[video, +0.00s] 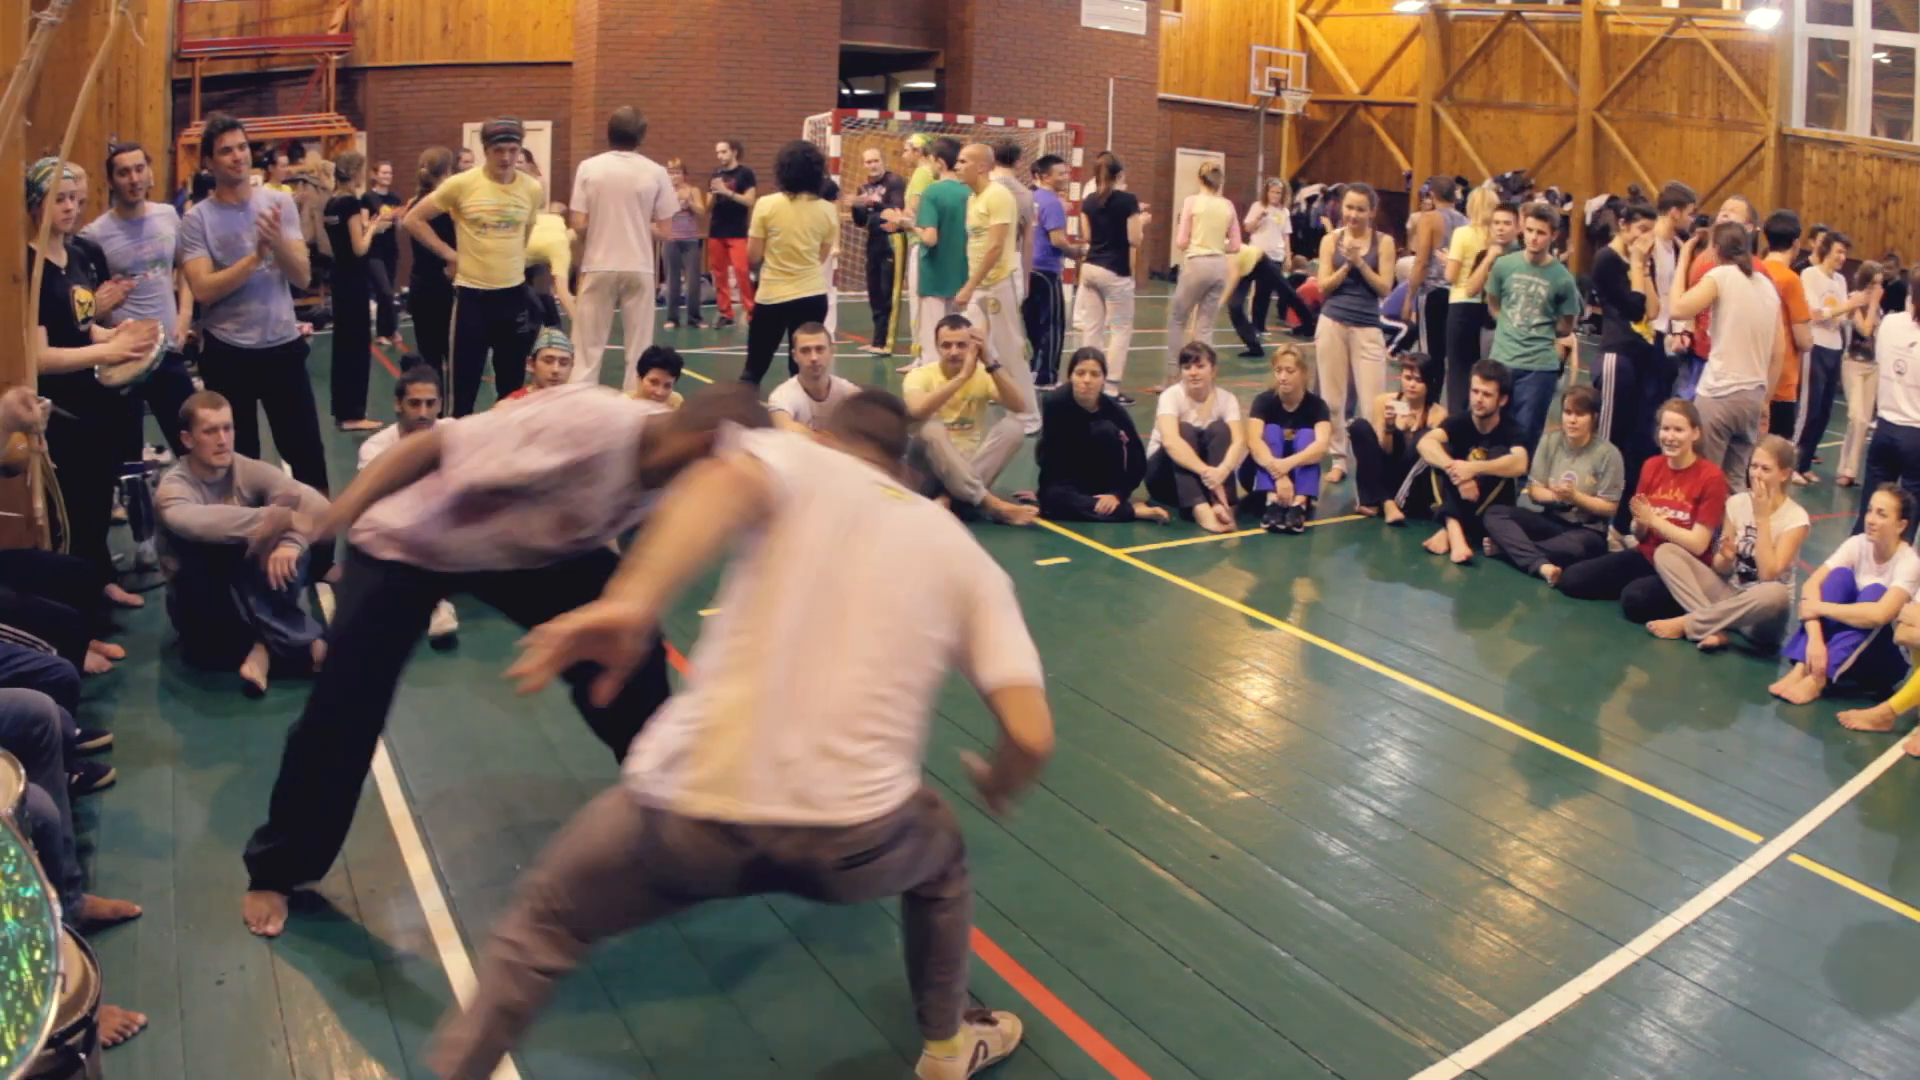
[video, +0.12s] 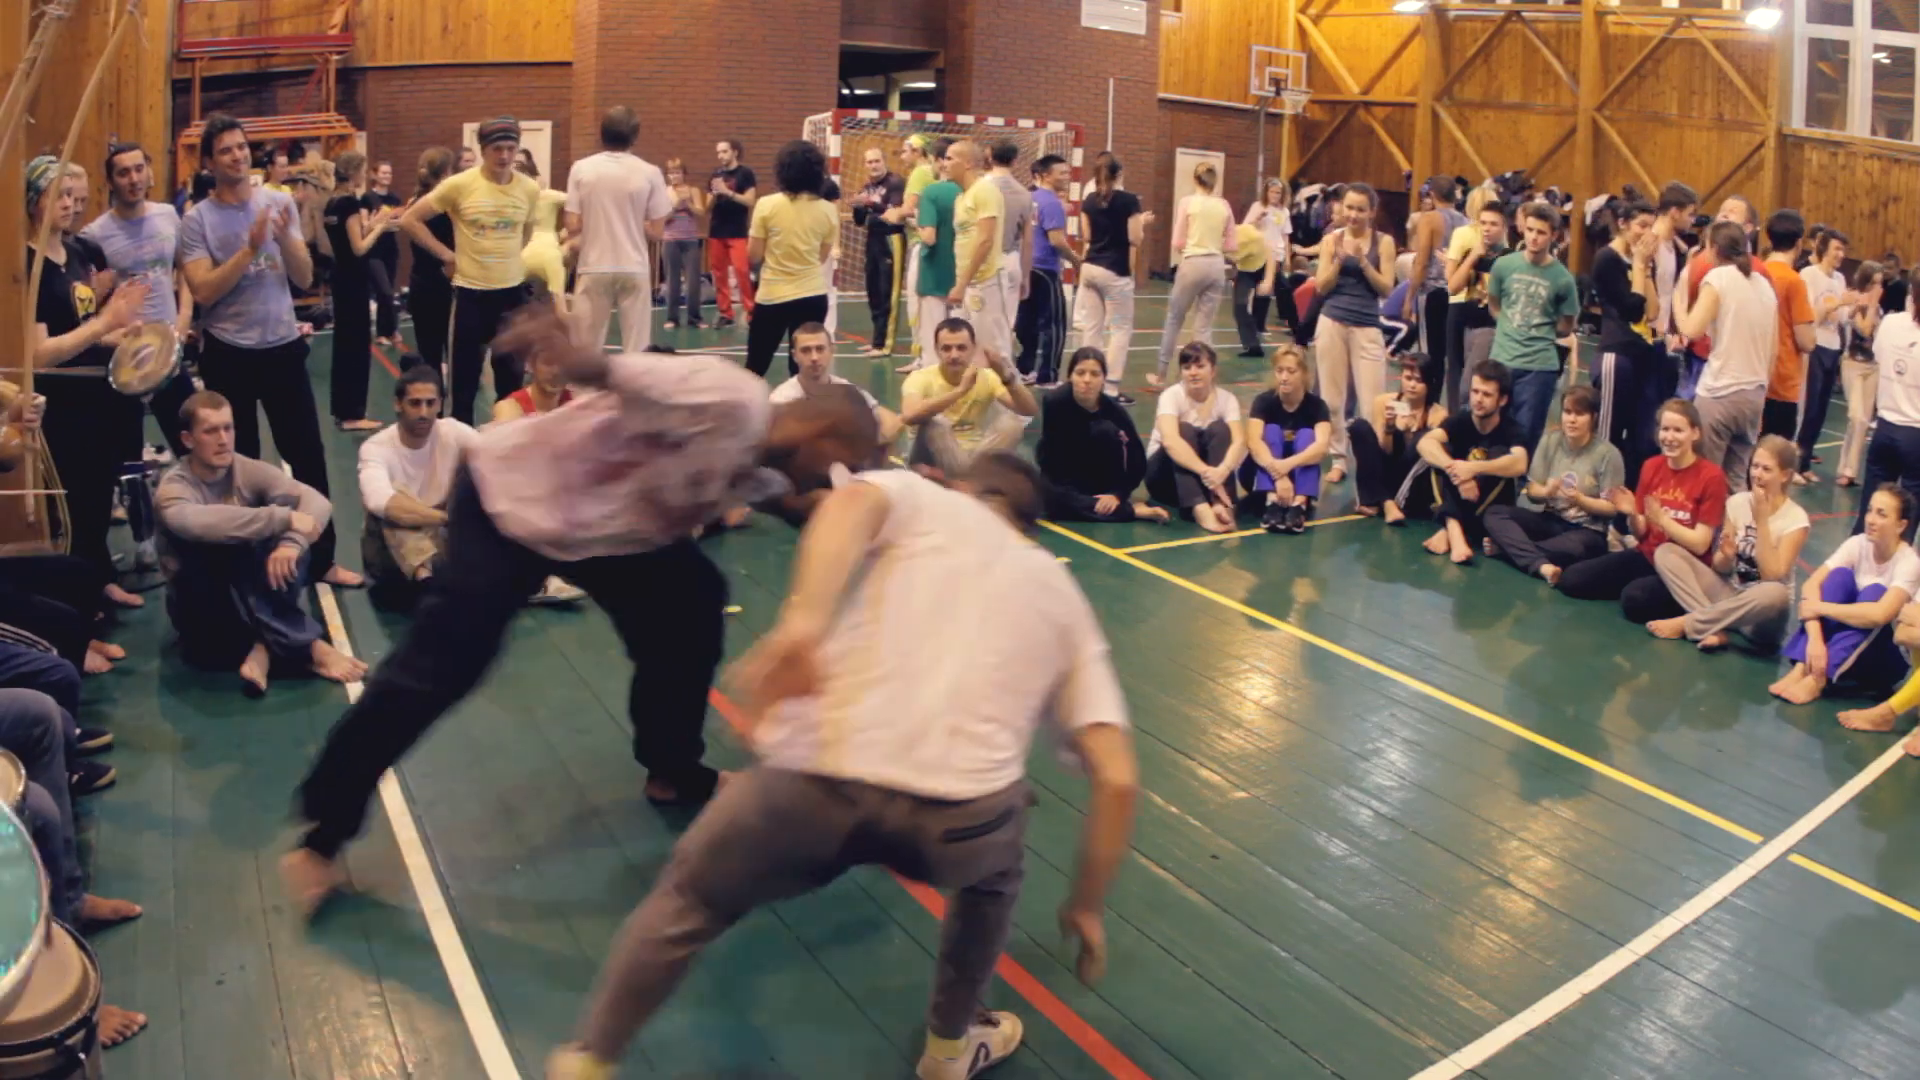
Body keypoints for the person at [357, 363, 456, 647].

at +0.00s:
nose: (423, 412)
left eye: (430, 404)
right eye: (414, 404)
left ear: (441, 404)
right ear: (399, 405)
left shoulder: (455, 436)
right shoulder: (375, 448)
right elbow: (372, 508)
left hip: (445, 533)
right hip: (393, 539)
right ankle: (438, 605)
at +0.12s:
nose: (423, 413)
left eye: (430, 404)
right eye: (415, 404)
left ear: (440, 405)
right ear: (398, 405)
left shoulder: (454, 432)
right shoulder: (376, 448)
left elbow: (493, 463)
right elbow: (379, 502)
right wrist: (447, 518)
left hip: (449, 545)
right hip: (391, 551)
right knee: (396, 501)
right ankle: (425, 578)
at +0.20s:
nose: (424, 413)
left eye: (431, 403)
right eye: (415, 404)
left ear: (440, 405)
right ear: (398, 405)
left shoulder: (451, 431)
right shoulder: (376, 449)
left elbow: (511, 460)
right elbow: (380, 503)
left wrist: (500, 508)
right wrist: (452, 519)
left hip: (447, 546)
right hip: (395, 552)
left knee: (491, 470)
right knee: (396, 502)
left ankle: (532, 565)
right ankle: (435, 602)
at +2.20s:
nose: (432, 409)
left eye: (436, 400)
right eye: (422, 402)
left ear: (441, 399)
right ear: (398, 405)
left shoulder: (451, 430)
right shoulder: (376, 449)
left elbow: (516, 464)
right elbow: (380, 503)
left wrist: (500, 509)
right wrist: (450, 519)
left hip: (450, 545)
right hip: (399, 550)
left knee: (493, 470)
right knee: (396, 500)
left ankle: (532, 578)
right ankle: (434, 602)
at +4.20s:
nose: (429, 410)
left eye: (433, 400)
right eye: (419, 402)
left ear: (438, 400)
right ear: (396, 407)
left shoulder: (449, 431)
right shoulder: (374, 450)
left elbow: (515, 463)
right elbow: (378, 502)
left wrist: (499, 508)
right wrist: (449, 519)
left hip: (448, 547)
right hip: (397, 553)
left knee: (490, 470)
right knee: (395, 498)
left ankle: (532, 577)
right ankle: (434, 602)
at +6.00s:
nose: (434, 410)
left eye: (437, 401)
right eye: (424, 402)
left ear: (441, 400)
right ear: (398, 406)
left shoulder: (450, 430)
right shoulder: (375, 449)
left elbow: (516, 463)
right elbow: (380, 502)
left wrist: (500, 508)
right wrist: (449, 519)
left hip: (449, 546)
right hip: (399, 552)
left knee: (493, 470)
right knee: (395, 500)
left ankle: (532, 576)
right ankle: (434, 601)